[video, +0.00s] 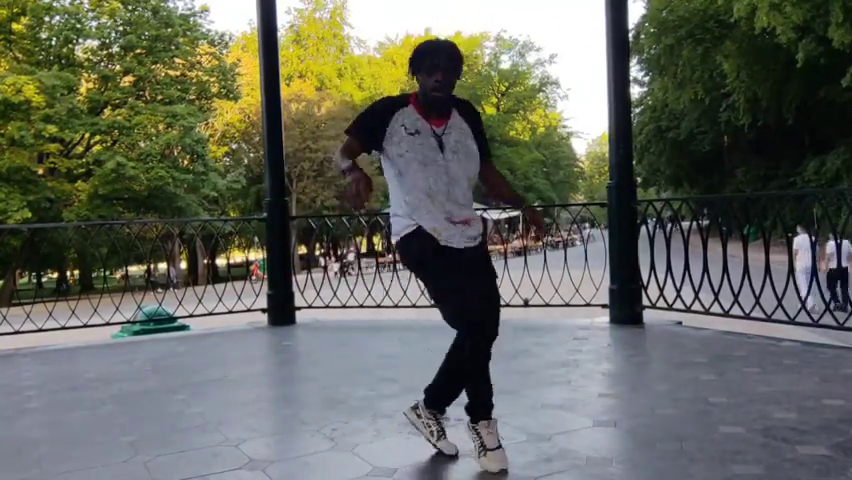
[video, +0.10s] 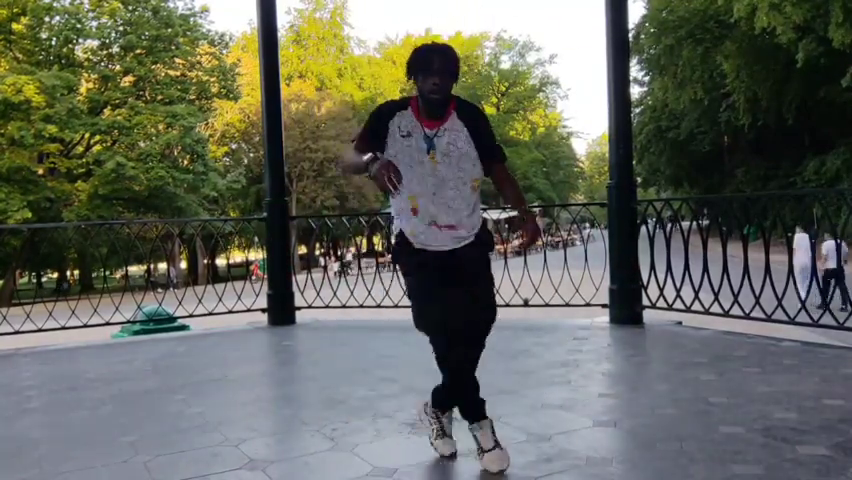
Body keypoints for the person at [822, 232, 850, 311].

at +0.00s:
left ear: (831, 235)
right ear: (842, 234)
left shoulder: (830, 244)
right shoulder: (846, 243)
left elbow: (828, 256)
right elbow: (850, 255)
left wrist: (825, 266)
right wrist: (848, 264)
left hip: (832, 268)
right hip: (844, 268)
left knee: (831, 287)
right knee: (844, 288)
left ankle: (837, 303)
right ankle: (845, 305)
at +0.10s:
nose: (824, 237)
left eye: (825, 235)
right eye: (825, 235)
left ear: (826, 236)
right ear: (835, 235)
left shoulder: (825, 244)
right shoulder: (841, 243)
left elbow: (824, 256)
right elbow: (846, 252)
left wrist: (821, 265)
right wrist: (845, 261)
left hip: (828, 268)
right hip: (839, 268)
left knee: (825, 287)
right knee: (842, 287)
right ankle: (844, 304)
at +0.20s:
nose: (819, 238)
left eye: (820, 237)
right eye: (819, 236)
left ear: (821, 237)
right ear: (829, 236)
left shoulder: (820, 246)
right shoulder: (836, 243)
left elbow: (819, 259)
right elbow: (841, 255)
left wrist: (818, 269)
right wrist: (839, 266)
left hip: (824, 269)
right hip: (835, 269)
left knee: (820, 287)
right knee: (840, 286)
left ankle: (818, 302)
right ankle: (843, 303)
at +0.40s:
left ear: (812, 236)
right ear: (821, 234)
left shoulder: (810, 244)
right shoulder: (827, 241)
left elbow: (809, 255)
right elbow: (832, 250)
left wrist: (808, 265)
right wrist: (833, 260)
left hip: (815, 266)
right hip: (825, 265)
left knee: (815, 285)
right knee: (825, 284)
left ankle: (817, 303)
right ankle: (830, 299)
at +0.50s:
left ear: (808, 234)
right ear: (818, 233)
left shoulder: (806, 243)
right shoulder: (823, 241)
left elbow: (805, 255)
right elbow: (828, 250)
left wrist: (805, 263)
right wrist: (830, 259)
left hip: (811, 266)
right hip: (821, 265)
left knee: (814, 285)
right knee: (820, 284)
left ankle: (816, 302)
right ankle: (821, 300)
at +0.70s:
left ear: (807, 235)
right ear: (815, 236)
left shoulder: (802, 244)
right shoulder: (817, 243)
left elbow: (799, 255)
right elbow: (821, 254)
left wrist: (799, 263)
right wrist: (825, 262)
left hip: (805, 266)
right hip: (814, 266)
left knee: (809, 286)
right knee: (811, 285)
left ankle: (815, 300)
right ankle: (806, 301)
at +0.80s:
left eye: (802, 234)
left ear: (804, 235)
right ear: (812, 235)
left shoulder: (800, 244)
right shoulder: (815, 243)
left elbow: (797, 254)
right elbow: (819, 254)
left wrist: (797, 263)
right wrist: (822, 263)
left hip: (803, 266)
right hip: (812, 265)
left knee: (801, 283)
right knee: (809, 284)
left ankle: (811, 296)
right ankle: (806, 299)